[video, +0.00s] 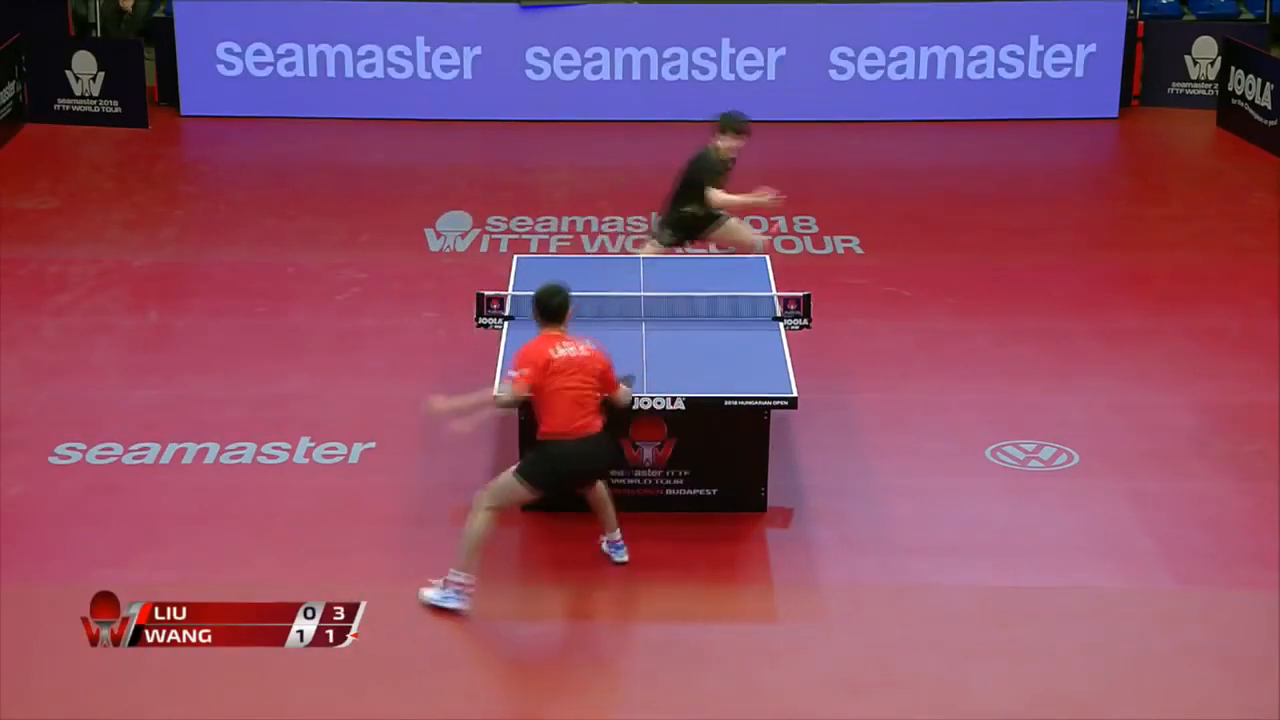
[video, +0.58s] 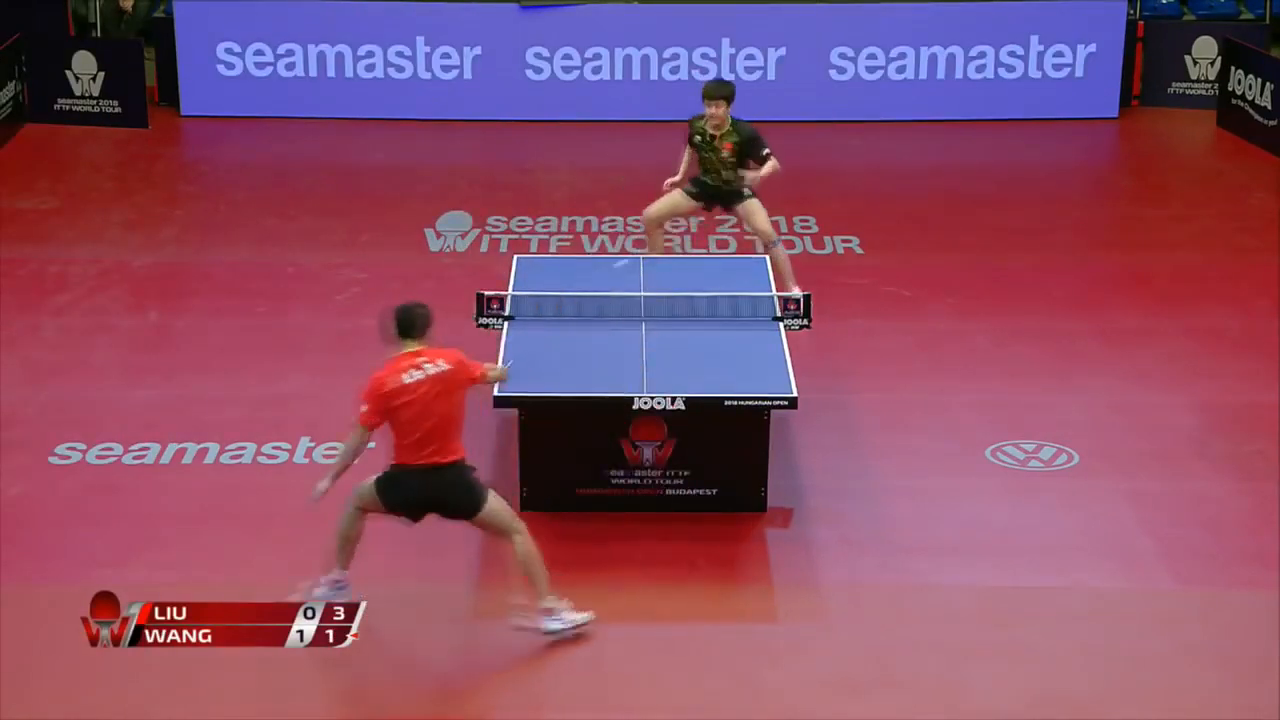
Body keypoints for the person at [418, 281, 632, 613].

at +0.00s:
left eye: (538, 311)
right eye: (564, 310)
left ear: (536, 314)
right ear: (568, 314)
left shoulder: (533, 351)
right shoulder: (591, 351)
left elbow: (517, 394)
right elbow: (620, 398)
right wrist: (623, 387)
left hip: (554, 455)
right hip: (595, 451)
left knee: (487, 500)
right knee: (590, 479)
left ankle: (458, 586)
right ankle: (616, 543)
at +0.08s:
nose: (561, 318)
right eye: (561, 314)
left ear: (528, 317)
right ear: (560, 319)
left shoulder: (515, 354)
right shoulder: (581, 359)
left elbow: (475, 378)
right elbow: (617, 398)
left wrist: (445, 376)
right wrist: (623, 384)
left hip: (532, 462)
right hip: (575, 460)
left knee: (467, 498)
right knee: (589, 481)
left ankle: (451, 585)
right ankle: (617, 543)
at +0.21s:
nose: (550, 323)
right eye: (551, 319)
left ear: (518, 319)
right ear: (549, 323)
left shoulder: (495, 352)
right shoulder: (565, 361)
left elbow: (456, 394)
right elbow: (603, 397)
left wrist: (450, 412)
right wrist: (607, 378)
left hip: (495, 458)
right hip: (541, 462)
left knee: (437, 490)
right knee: (590, 501)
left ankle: (419, 568)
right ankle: (628, 567)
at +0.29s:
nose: (541, 342)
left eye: (535, 336)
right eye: (541, 338)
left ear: (506, 337)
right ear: (537, 341)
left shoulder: (479, 368)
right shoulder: (550, 377)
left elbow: (447, 415)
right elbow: (585, 414)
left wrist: (470, 428)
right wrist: (583, 397)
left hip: (477, 474)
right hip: (525, 478)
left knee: (428, 504)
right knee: (585, 510)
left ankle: (384, 572)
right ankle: (619, 593)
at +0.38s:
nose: (514, 354)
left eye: (504, 348)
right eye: (514, 350)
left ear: (481, 348)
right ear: (511, 352)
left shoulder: (453, 382)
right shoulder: (524, 390)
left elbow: (418, 411)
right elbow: (556, 422)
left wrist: (438, 383)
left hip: (459, 494)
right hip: (512, 495)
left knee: (419, 513)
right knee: (573, 519)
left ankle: (382, 585)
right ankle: (618, 594)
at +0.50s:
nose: (469, 335)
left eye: (459, 332)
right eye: (468, 332)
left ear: (433, 334)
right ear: (463, 335)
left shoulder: (413, 375)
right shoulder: (480, 369)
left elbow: (373, 418)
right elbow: (505, 372)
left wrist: (345, 424)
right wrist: (497, 360)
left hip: (425, 484)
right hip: (471, 485)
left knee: (378, 499)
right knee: (534, 538)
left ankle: (366, 583)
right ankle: (597, 594)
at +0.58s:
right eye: (428, 327)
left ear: (397, 333)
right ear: (428, 330)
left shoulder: (384, 379)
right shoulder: (453, 362)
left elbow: (359, 438)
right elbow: (497, 374)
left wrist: (329, 478)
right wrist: (504, 369)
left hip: (406, 484)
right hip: (454, 481)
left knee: (358, 502)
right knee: (516, 530)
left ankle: (337, 578)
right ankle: (551, 607)